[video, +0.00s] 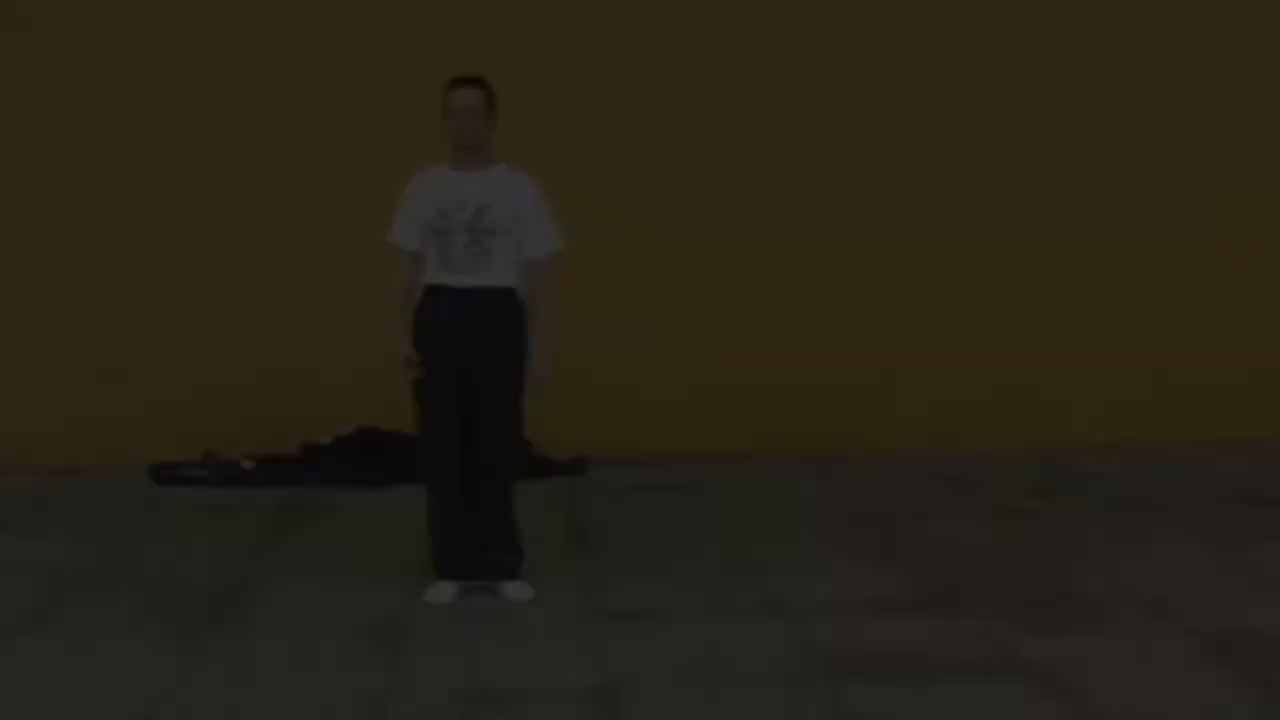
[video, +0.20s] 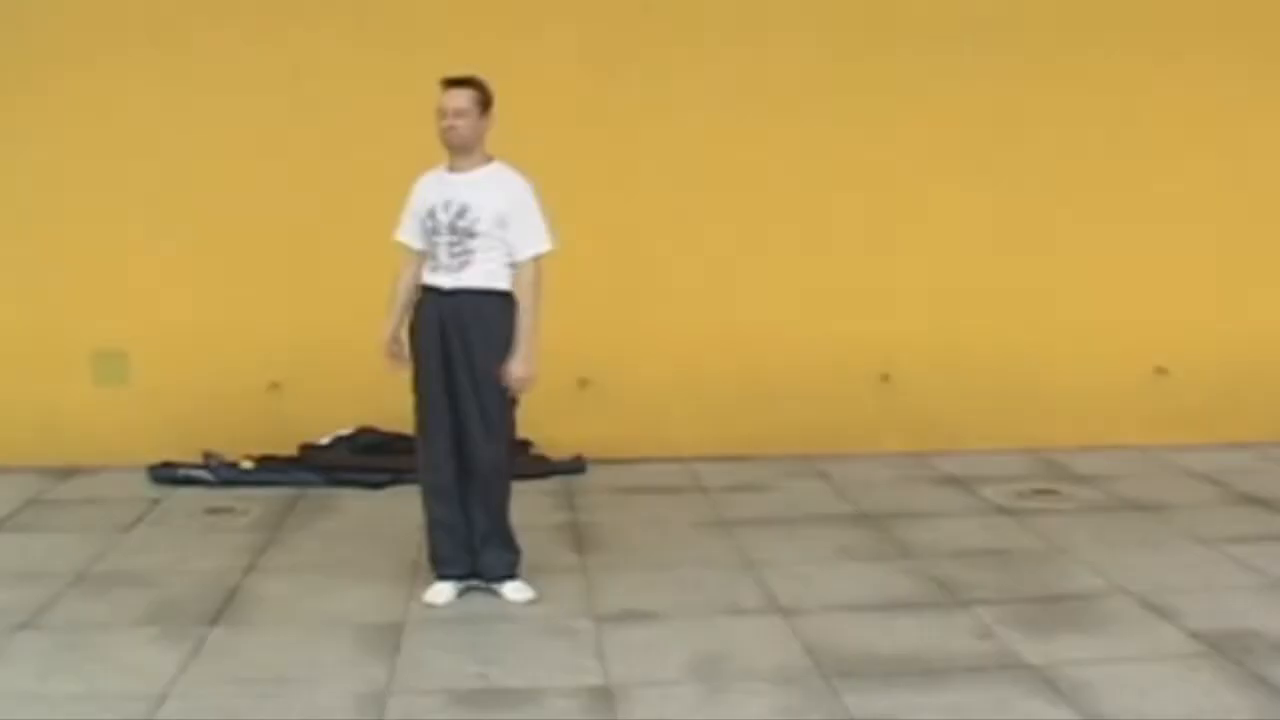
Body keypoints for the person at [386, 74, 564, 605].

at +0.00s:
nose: (465, 125)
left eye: (474, 114)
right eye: (455, 115)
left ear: (492, 120)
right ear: (444, 121)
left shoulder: (517, 187)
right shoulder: (426, 186)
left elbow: (538, 271)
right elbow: (409, 268)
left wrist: (537, 349)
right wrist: (406, 342)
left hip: (498, 312)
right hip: (441, 312)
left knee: (498, 440)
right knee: (445, 441)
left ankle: (503, 565)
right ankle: (450, 567)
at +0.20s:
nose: (451, 124)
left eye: (461, 115)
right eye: (444, 115)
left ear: (485, 121)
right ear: (437, 122)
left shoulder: (510, 186)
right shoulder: (428, 186)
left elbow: (528, 271)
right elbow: (414, 261)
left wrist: (524, 351)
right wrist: (396, 322)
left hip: (488, 308)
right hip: (434, 310)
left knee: (489, 444)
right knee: (439, 443)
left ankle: (497, 564)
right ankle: (450, 566)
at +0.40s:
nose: (444, 125)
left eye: (456, 116)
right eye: (439, 116)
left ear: (483, 121)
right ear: (434, 122)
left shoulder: (505, 186)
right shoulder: (433, 186)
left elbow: (503, 273)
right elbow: (422, 263)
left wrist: (468, 344)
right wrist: (389, 322)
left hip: (487, 310)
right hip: (436, 307)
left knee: (485, 444)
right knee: (437, 444)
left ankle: (497, 564)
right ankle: (451, 567)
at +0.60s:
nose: (446, 126)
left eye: (457, 116)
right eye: (441, 117)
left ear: (484, 121)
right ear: (435, 123)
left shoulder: (506, 181)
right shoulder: (433, 186)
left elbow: (482, 256)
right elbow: (419, 262)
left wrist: (427, 280)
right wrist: (367, 308)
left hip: (489, 312)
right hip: (436, 315)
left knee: (489, 445)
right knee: (440, 446)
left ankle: (497, 567)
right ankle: (452, 569)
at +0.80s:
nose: (456, 126)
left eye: (467, 117)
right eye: (448, 117)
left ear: (488, 122)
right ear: (439, 123)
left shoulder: (513, 179)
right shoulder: (427, 185)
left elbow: (483, 229)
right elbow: (396, 256)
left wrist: (398, 206)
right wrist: (325, 274)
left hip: (493, 318)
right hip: (437, 317)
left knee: (491, 445)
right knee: (439, 447)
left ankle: (500, 568)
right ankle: (451, 570)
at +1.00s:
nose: (473, 127)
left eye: (482, 118)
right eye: (462, 118)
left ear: (493, 124)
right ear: (444, 124)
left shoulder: (511, 177)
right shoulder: (422, 184)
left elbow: (530, 201)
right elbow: (389, 255)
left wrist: (472, 163)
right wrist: (366, 240)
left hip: (496, 312)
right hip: (438, 313)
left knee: (497, 443)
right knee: (442, 445)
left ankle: (500, 568)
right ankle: (451, 570)